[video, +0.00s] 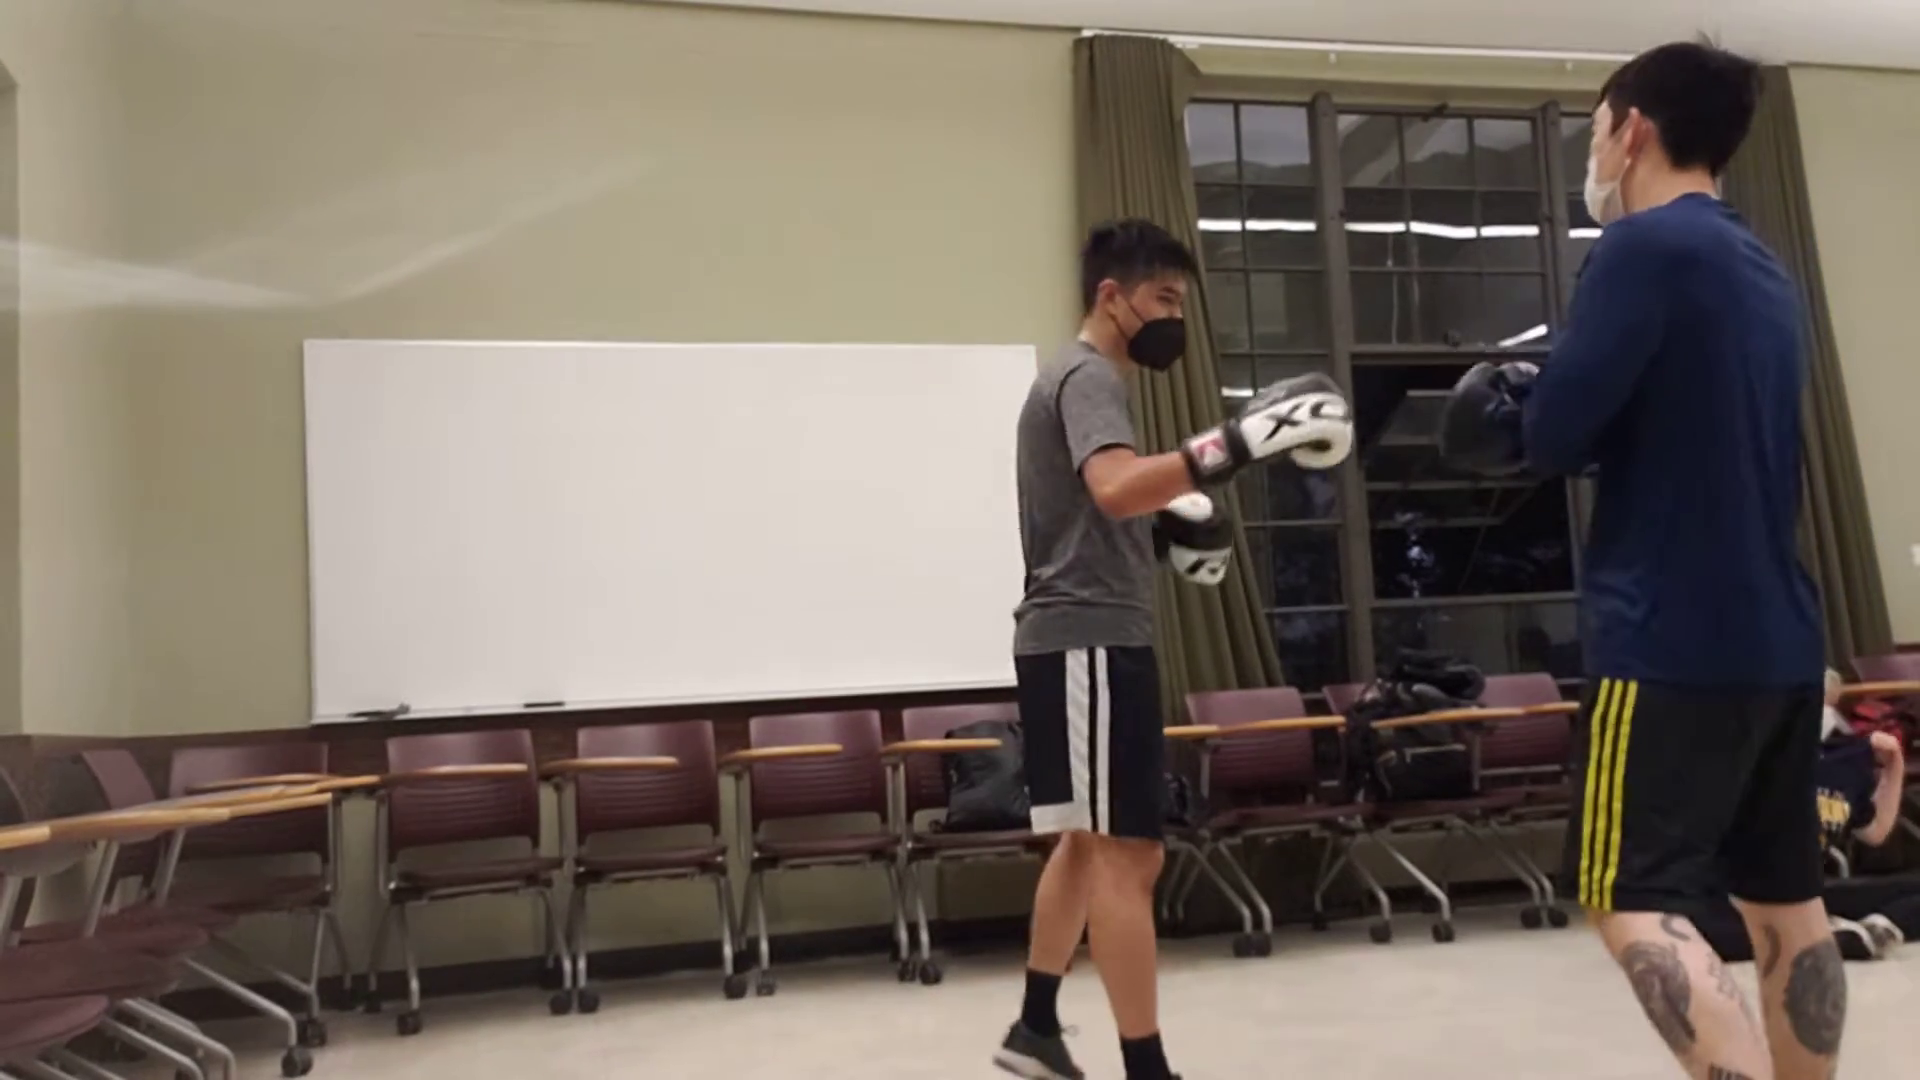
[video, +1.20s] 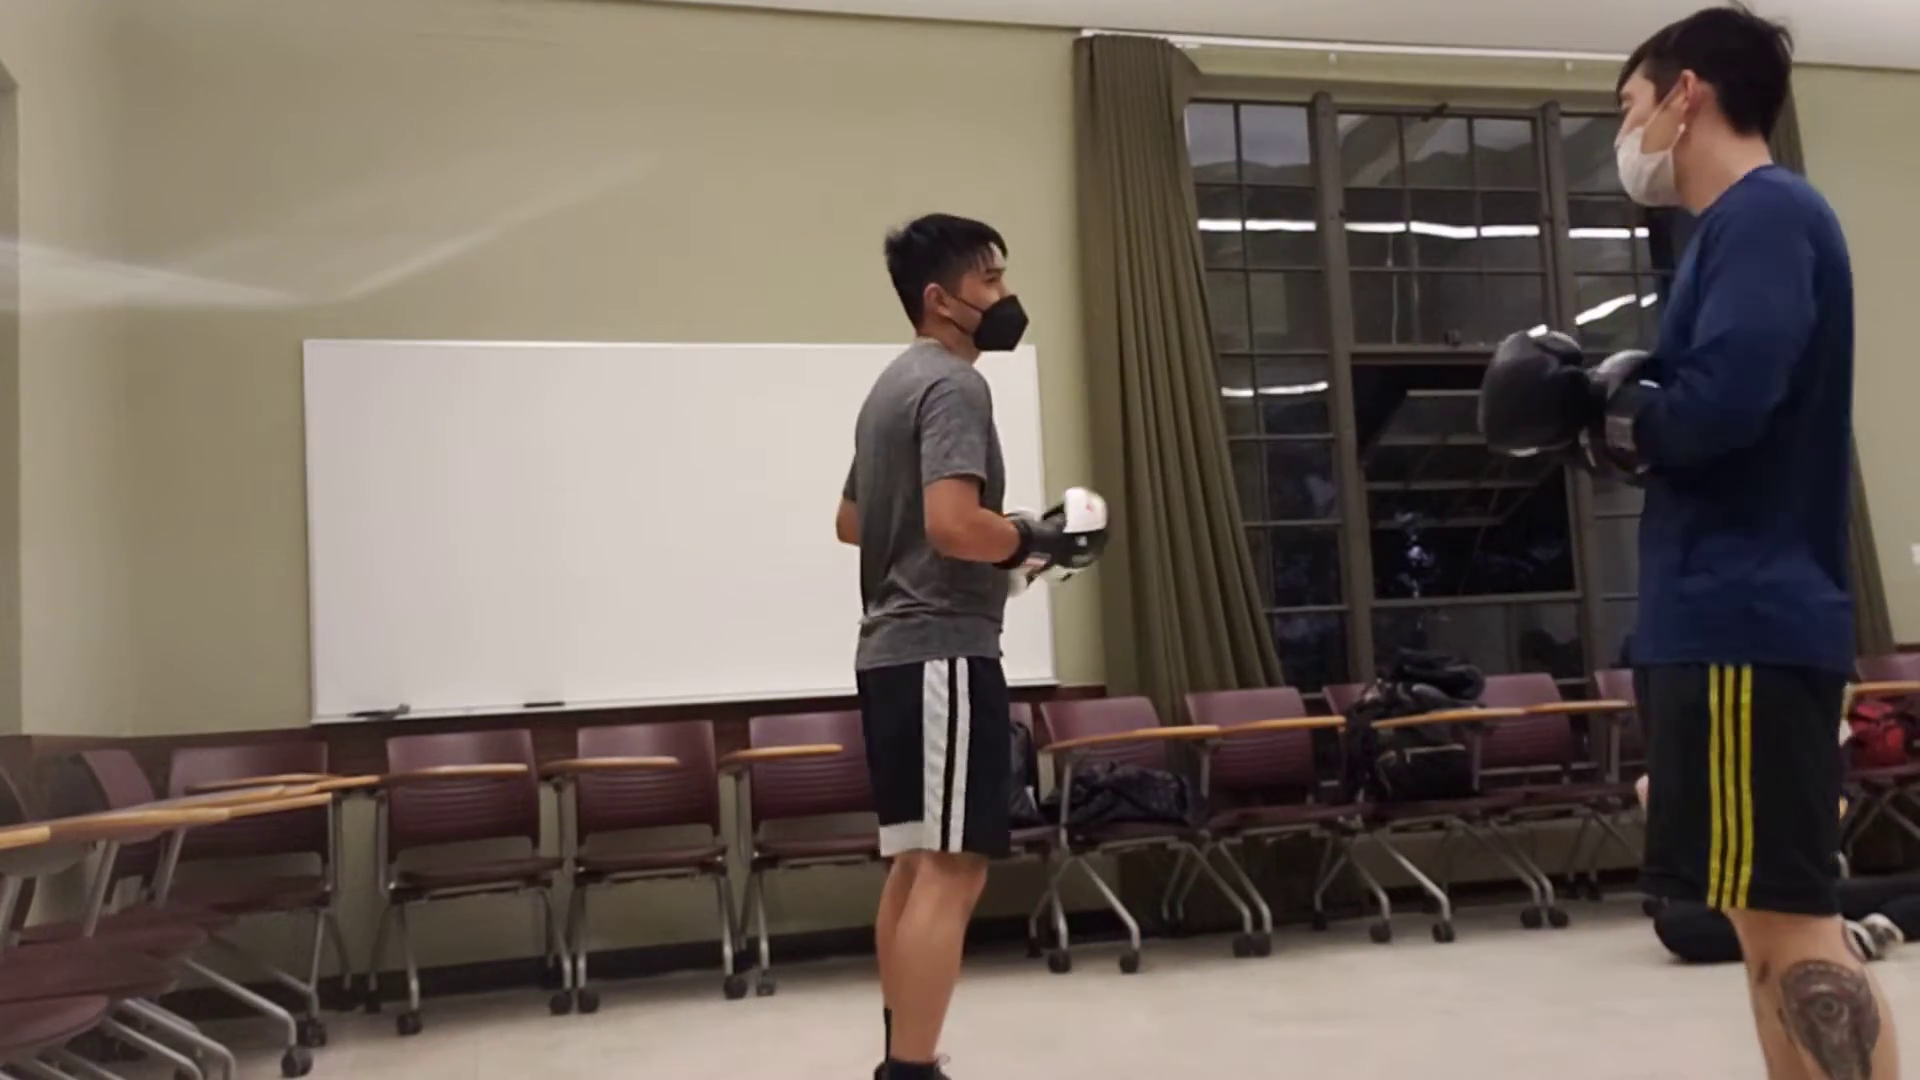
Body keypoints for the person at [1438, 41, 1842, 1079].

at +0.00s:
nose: (1591, 157)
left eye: (1597, 132)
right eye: (1596, 134)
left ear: (1636, 131)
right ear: (1707, 145)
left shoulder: (1642, 250)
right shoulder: (1766, 268)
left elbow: (1553, 431)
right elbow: (1711, 432)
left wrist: (1511, 391)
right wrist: (1557, 385)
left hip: (1670, 643)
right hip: (1778, 639)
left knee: (1631, 904)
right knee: (1782, 894)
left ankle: (1746, 1069)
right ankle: (1804, 1078)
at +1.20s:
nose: (1621, 140)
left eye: (1627, 110)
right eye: (1618, 116)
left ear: (1688, 98)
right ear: (1709, 106)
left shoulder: (1763, 217)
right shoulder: (1735, 228)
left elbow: (1712, 416)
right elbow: (1696, 409)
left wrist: (1603, 390)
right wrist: (1601, 396)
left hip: (1752, 632)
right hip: (1721, 633)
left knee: (1788, 920)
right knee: (1767, 919)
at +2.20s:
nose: (1527, 165)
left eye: (1533, 140)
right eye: (1525, 144)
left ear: (1581, 126)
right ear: (1606, 133)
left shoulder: (1671, 243)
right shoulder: (1631, 252)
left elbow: (1642, 434)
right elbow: (1610, 429)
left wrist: (1511, 465)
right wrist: (1510, 454)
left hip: (1681, 652)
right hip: (1618, 652)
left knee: (1756, 918)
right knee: (1638, 912)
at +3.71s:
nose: (1300, 181)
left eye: (1296, 152)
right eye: (1296, 157)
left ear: (1333, 134)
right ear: (1396, 133)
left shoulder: (1418, 251)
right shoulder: (1444, 240)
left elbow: (1476, 444)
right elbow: (1465, 445)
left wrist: (1337, 513)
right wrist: (1334, 493)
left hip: (1450, 655)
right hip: (1420, 649)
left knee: (1505, 927)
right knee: (1359, 859)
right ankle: (1432, 1073)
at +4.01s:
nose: (1234, 220)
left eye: (1231, 196)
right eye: (1230, 200)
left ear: (1265, 183)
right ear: (1328, 180)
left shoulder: (1348, 284)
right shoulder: (1362, 278)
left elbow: (1399, 458)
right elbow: (1364, 466)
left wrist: (1272, 532)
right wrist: (1256, 532)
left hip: (1372, 675)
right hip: (1340, 673)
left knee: (1432, 938)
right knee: (1360, 939)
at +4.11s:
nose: (1207, 221)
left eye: (1207, 198)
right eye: (1205, 201)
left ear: (1239, 187)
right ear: (1296, 186)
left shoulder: (1314, 288)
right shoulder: (1331, 282)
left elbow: (1362, 458)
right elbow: (1328, 465)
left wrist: (1234, 519)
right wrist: (1216, 533)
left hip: (1332, 668)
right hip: (1324, 665)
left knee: (1358, 936)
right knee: (1348, 933)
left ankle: (1492, 1066)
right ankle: (1363, 1074)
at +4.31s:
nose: (1151, 248)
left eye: (1148, 226)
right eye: (1146, 230)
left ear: (1176, 210)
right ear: (1246, 211)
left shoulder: (1236, 301)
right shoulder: (1294, 307)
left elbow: (1233, 468)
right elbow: (1276, 516)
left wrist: (1132, 481)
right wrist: (1158, 555)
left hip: (1261, 661)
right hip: (1336, 659)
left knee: (1164, 901)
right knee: (1334, 902)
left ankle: (1324, 1060)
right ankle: (1364, 1079)